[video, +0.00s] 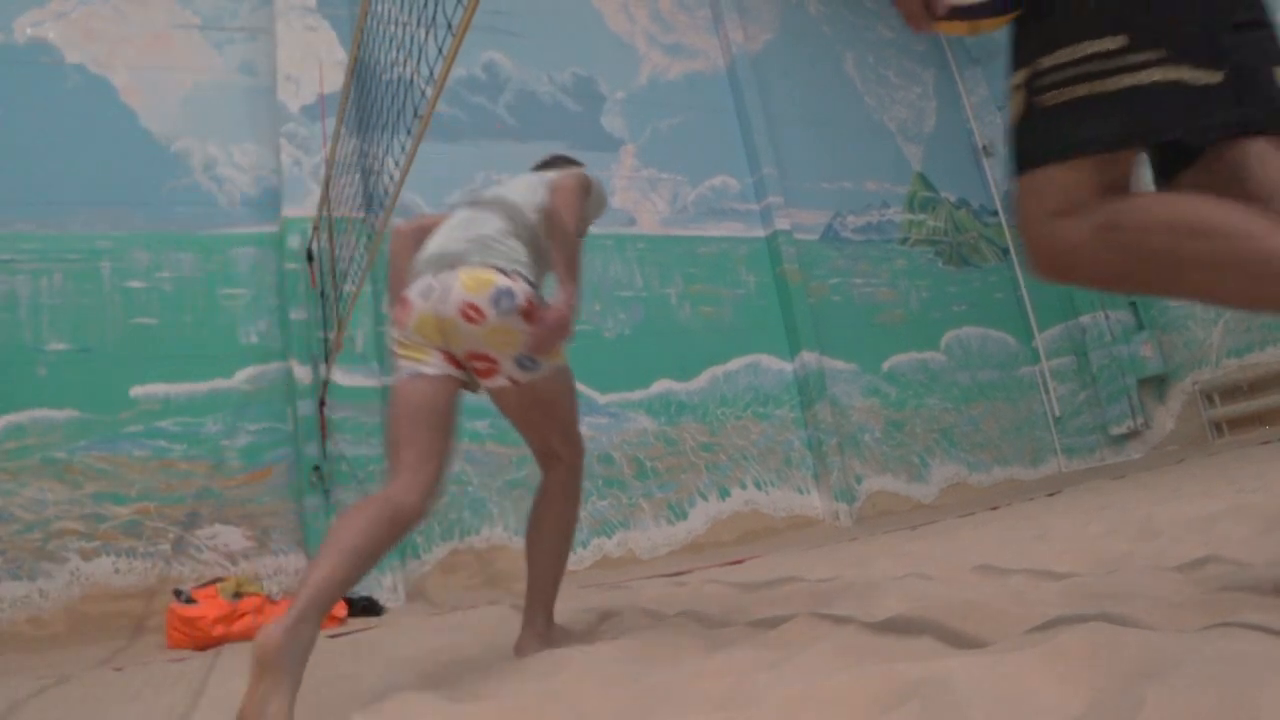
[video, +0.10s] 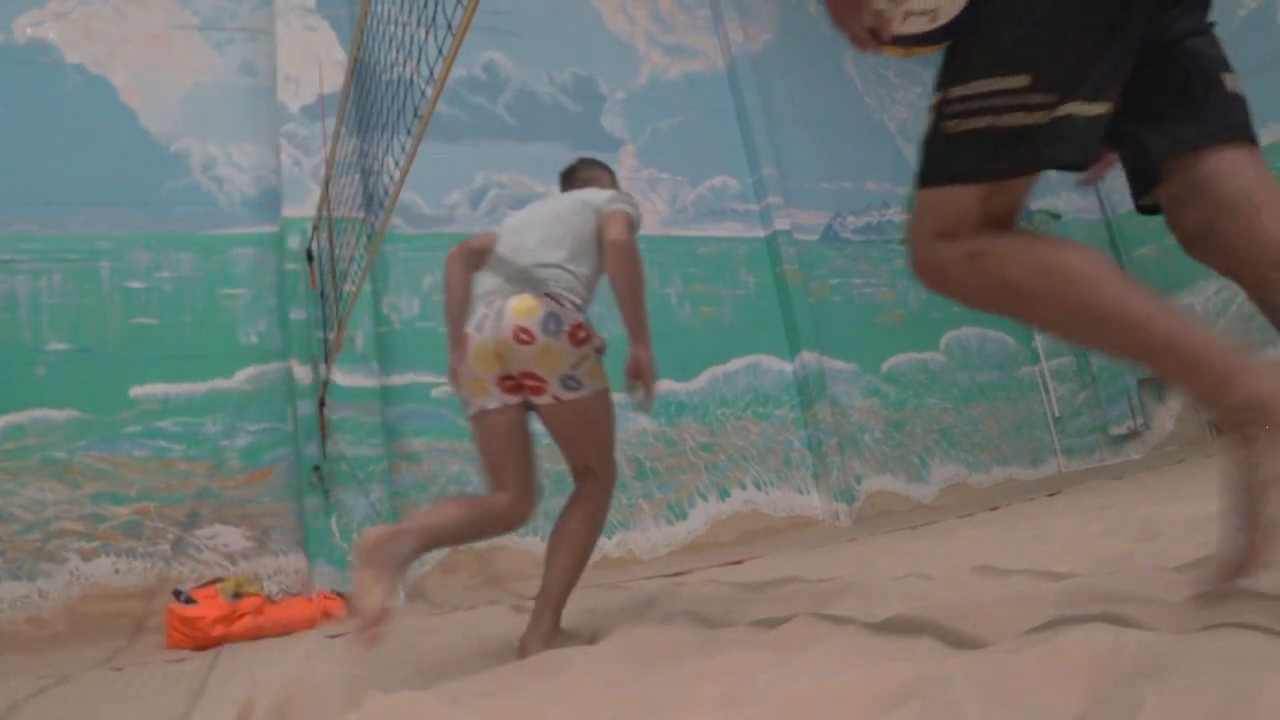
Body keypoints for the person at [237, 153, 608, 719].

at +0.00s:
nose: (589, 207)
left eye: (586, 196)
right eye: (586, 190)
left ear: (533, 172)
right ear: (573, 175)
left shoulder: (484, 199)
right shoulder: (573, 178)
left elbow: (407, 229)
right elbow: (562, 206)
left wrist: (403, 310)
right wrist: (568, 294)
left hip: (420, 303)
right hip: (493, 296)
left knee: (406, 491)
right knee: (562, 460)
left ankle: (290, 632)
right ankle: (538, 627)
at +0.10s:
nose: (613, 192)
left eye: (610, 186)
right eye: (612, 185)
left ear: (565, 190)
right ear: (604, 183)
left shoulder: (525, 220)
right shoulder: (610, 200)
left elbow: (460, 255)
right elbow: (617, 241)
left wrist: (457, 345)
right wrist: (640, 345)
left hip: (481, 329)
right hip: (546, 324)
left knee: (512, 500)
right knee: (594, 479)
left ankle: (394, 545)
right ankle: (543, 629)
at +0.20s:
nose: (638, 183)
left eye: (634, 177)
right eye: (634, 177)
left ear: (591, 184)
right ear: (623, 176)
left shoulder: (554, 217)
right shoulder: (639, 201)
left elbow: (502, 255)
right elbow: (657, 246)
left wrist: (508, 341)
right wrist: (681, 331)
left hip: (530, 323)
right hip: (589, 317)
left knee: (587, 461)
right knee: (609, 480)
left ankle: (522, 540)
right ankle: (546, 623)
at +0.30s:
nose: (660, 172)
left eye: (655, 167)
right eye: (656, 167)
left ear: (615, 175)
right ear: (647, 165)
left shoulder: (590, 208)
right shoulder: (665, 188)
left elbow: (544, 250)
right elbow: (685, 230)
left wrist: (551, 328)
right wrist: (703, 308)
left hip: (580, 312)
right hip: (631, 305)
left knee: (646, 440)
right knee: (619, 462)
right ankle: (571, 594)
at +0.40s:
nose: (685, 179)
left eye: (681, 174)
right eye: (681, 174)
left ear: (642, 183)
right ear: (668, 173)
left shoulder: (616, 226)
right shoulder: (686, 197)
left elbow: (579, 279)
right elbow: (709, 238)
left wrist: (595, 349)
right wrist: (731, 310)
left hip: (626, 336)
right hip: (672, 322)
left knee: (684, 455)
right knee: (672, 451)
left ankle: (715, 570)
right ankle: (594, 547)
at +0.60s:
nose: (743, 204)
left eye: (741, 193)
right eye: (738, 194)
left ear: (701, 199)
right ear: (726, 196)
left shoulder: (690, 244)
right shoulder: (718, 226)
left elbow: (679, 326)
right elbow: (713, 282)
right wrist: (770, 333)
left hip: (694, 364)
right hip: (724, 359)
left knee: (743, 473)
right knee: (801, 442)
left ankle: (732, 581)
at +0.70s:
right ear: (753, 180)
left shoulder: (769, 225)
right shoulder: (730, 217)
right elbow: (709, 277)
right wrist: (760, 320)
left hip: (733, 347)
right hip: (747, 346)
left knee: (754, 457)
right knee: (827, 420)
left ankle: (728, 568)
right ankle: (803, 529)